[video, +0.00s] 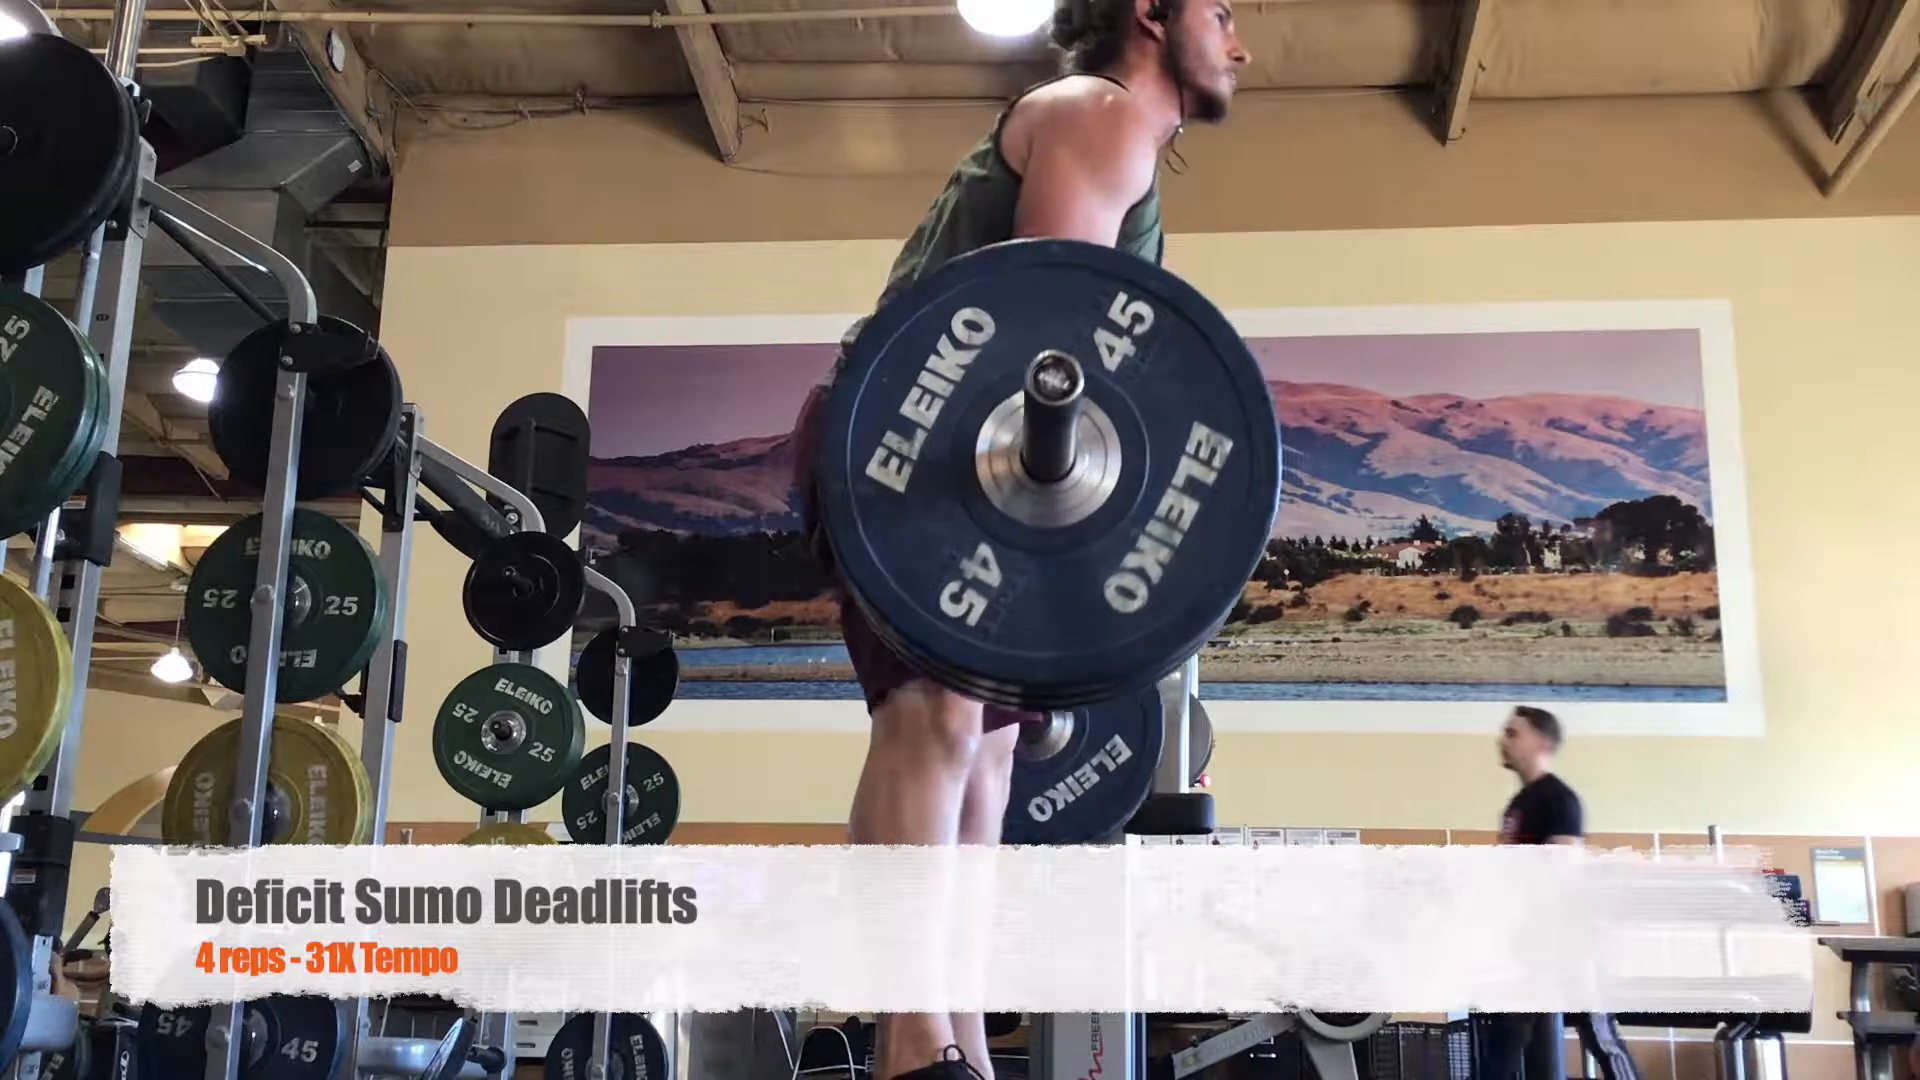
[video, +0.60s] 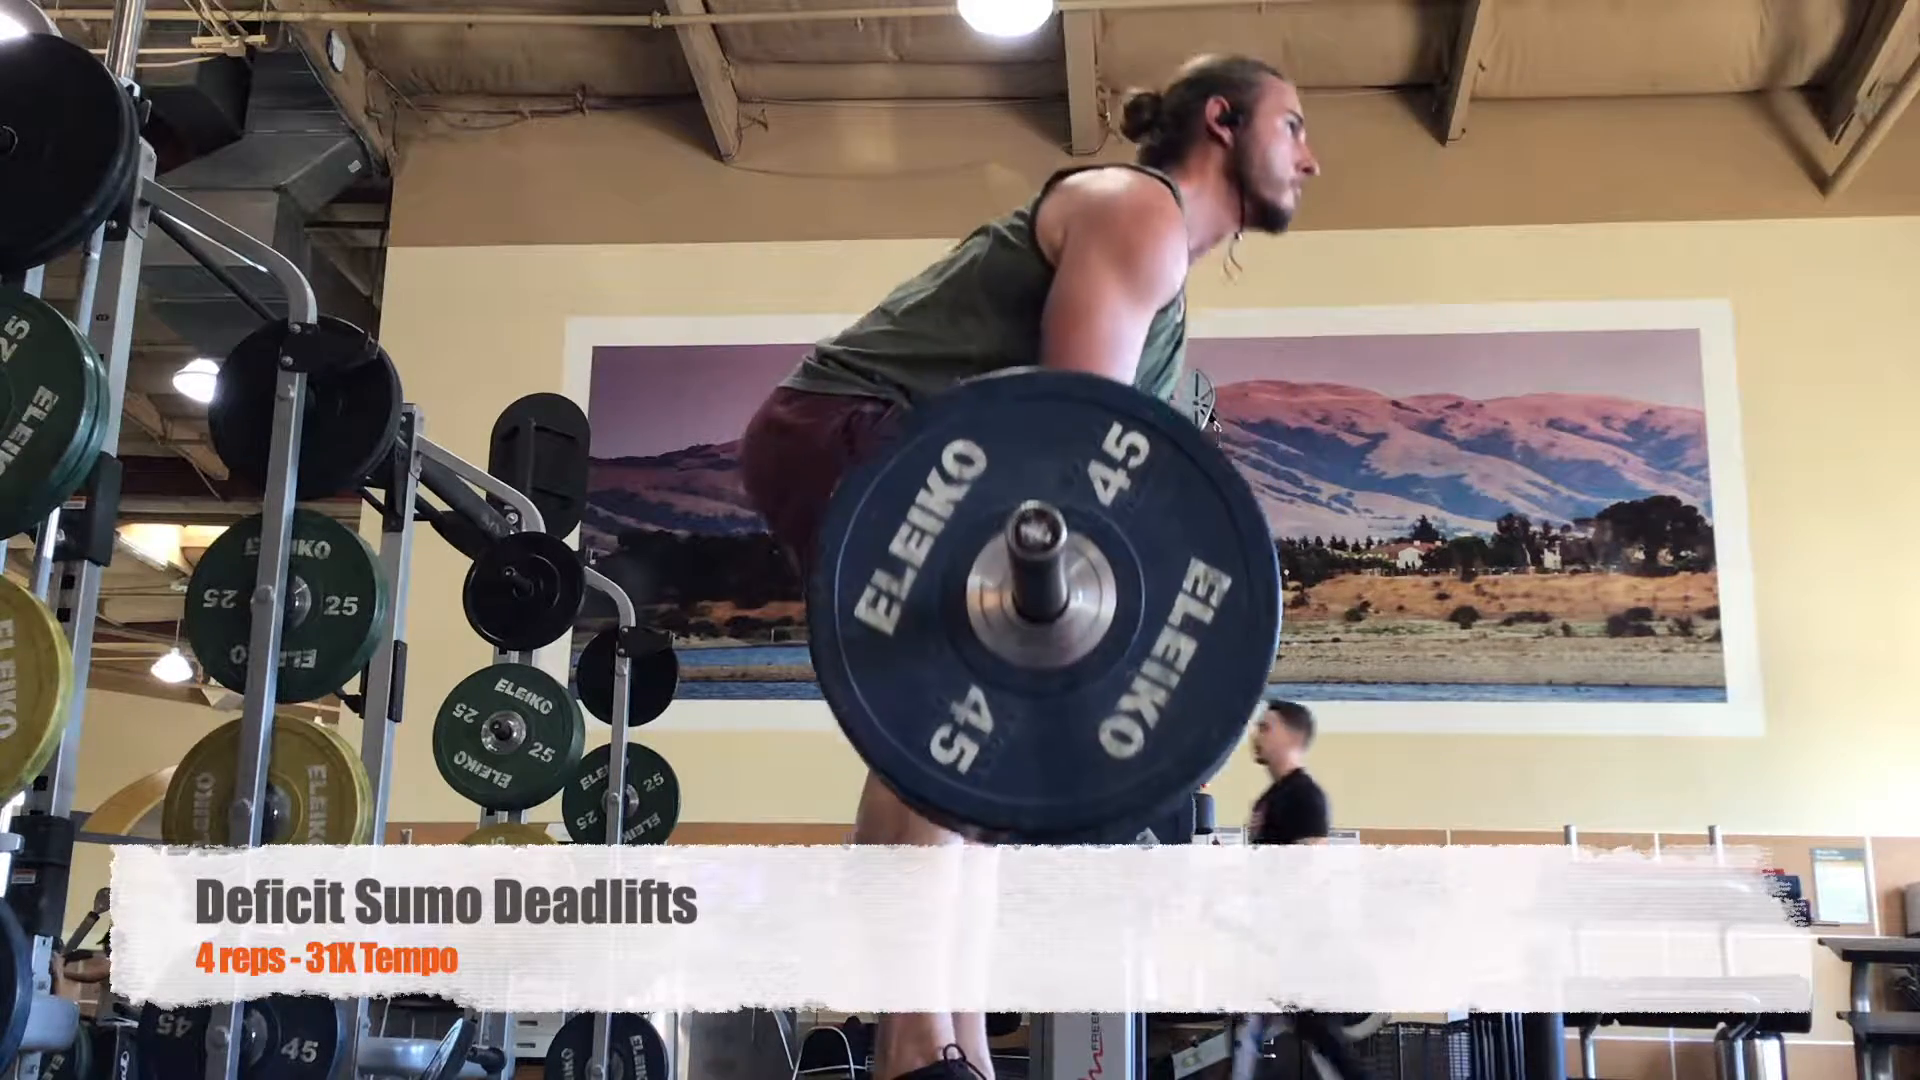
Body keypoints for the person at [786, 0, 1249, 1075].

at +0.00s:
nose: (1235, 33)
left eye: (1229, 15)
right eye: (1215, 12)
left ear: (1159, 28)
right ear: (1153, 19)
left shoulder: (1123, 148)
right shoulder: (1097, 115)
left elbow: (1075, 357)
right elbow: (1058, 335)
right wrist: (1075, 563)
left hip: (956, 440)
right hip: (886, 426)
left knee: (992, 724)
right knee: (931, 713)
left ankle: (958, 1032)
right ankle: (908, 1043)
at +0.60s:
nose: (1307, 153)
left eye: (1305, 132)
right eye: (1291, 127)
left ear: (1226, 135)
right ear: (1221, 126)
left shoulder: (1165, 278)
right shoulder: (1134, 210)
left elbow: (1118, 451)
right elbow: (1076, 424)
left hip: (891, 448)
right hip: (833, 428)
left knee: (966, 734)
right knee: (931, 712)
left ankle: (957, 1039)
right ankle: (911, 1042)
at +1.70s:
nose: (1397, 452)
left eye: (1402, 430)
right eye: (1389, 417)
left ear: (1318, 398)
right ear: (1315, 391)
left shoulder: (1202, 565)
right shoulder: (1181, 454)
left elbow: (1138, 742)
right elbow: (1077, 694)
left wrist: (1135, 895)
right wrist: (1077, 879)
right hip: (826, 510)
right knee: (1034, 689)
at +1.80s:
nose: (1398, 411)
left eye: (1402, 394)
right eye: (1388, 378)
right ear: (1315, 349)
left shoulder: (1202, 525)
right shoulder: (1180, 413)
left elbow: (1141, 681)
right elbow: (1080, 638)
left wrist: (1157, 828)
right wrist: (1092, 817)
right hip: (832, 483)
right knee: (1022, 690)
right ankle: (849, 763)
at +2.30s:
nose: (1175, 4)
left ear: (1076, 9)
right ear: (1090, 1)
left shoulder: (1078, 104)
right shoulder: (1052, 82)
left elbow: (1060, 322)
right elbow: (1038, 305)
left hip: (990, 442)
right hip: (912, 426)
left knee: (1003, 724)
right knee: (953, 711)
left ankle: (965, 1037)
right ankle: (913, 1045)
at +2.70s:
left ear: (917, 9)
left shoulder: (953, 79)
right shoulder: (936, 70)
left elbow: (1006, 277)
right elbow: (993, 273)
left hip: (988, 448)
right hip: (940, 443)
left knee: (1009, 733)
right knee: (972, 719)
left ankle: (961, 1037)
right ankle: (916, 1044)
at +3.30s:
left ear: (917, 11)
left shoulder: (950, 78)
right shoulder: (940, 69)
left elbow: (1004, 277)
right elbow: (995, 273)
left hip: (980, 445)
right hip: (941, 441)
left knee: (1002, 735)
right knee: (970, 723)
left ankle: (962, 1043)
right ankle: (915, 1049)